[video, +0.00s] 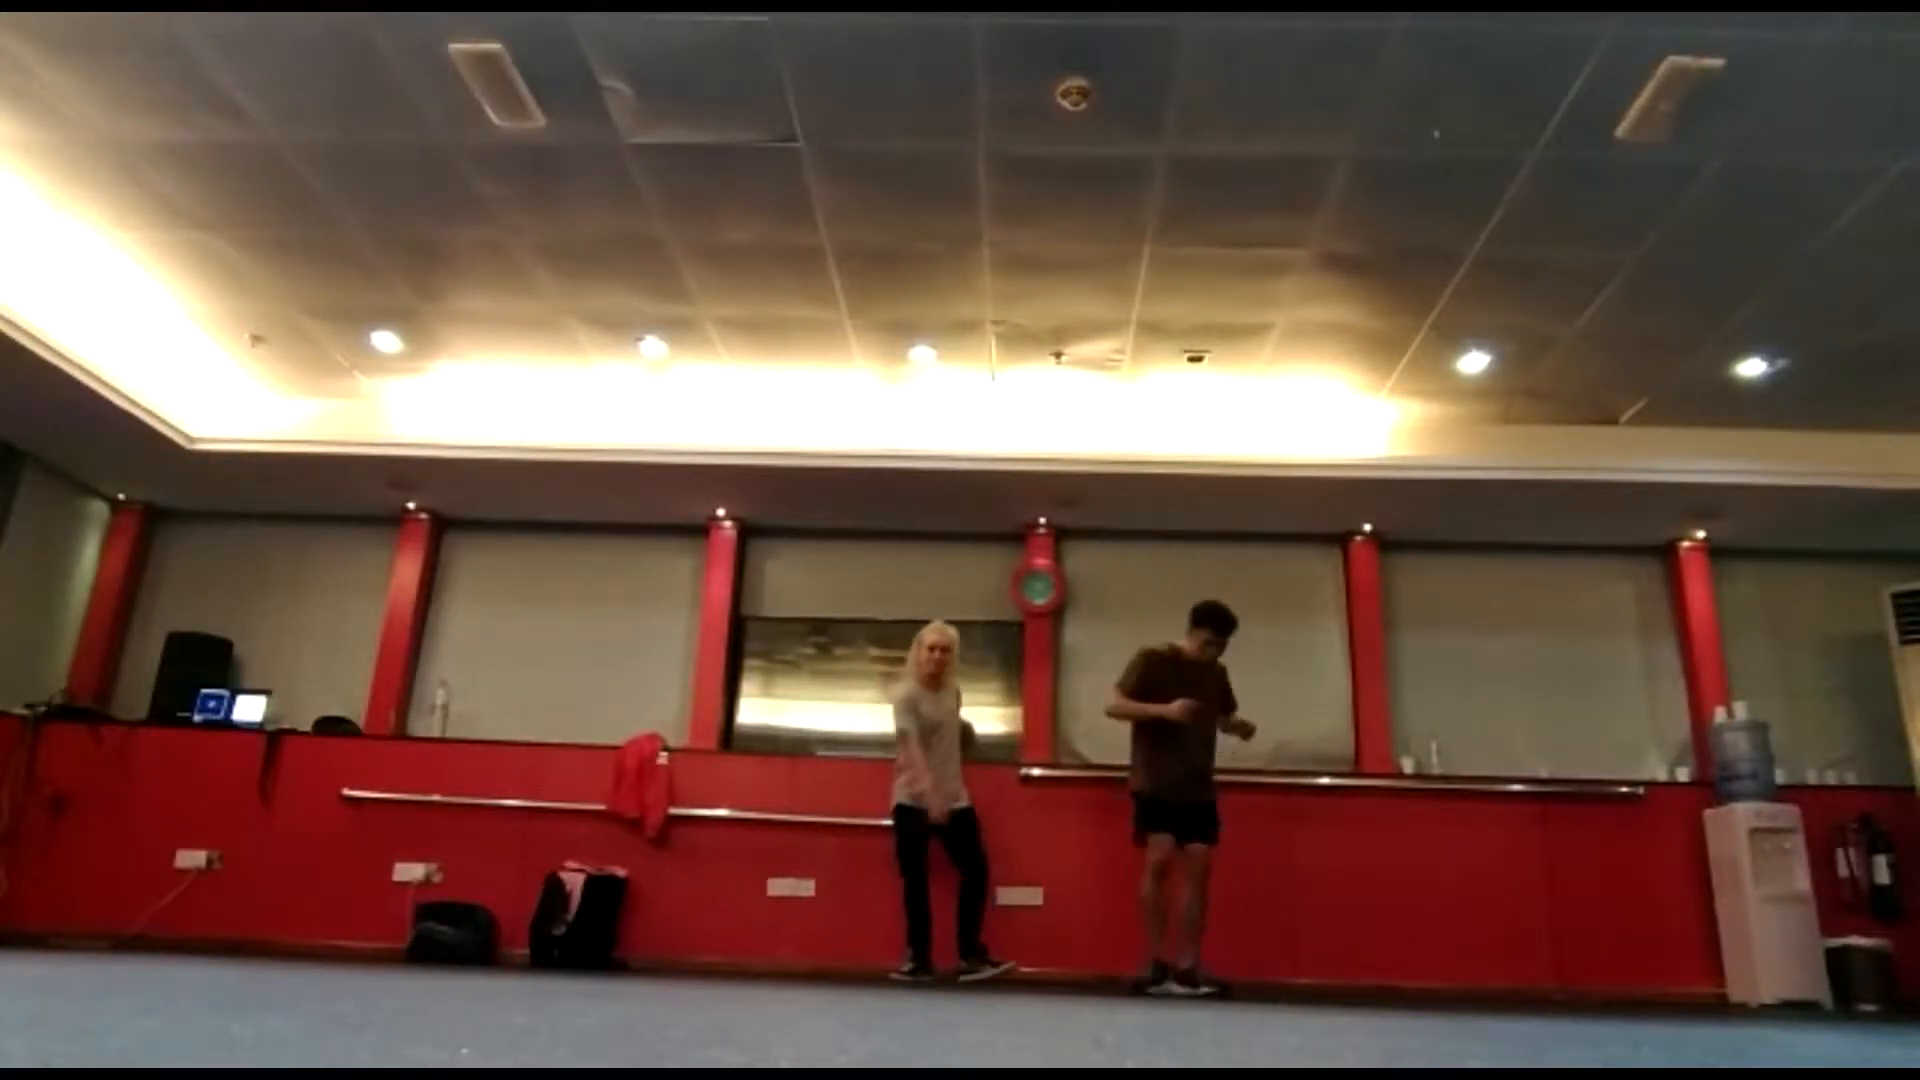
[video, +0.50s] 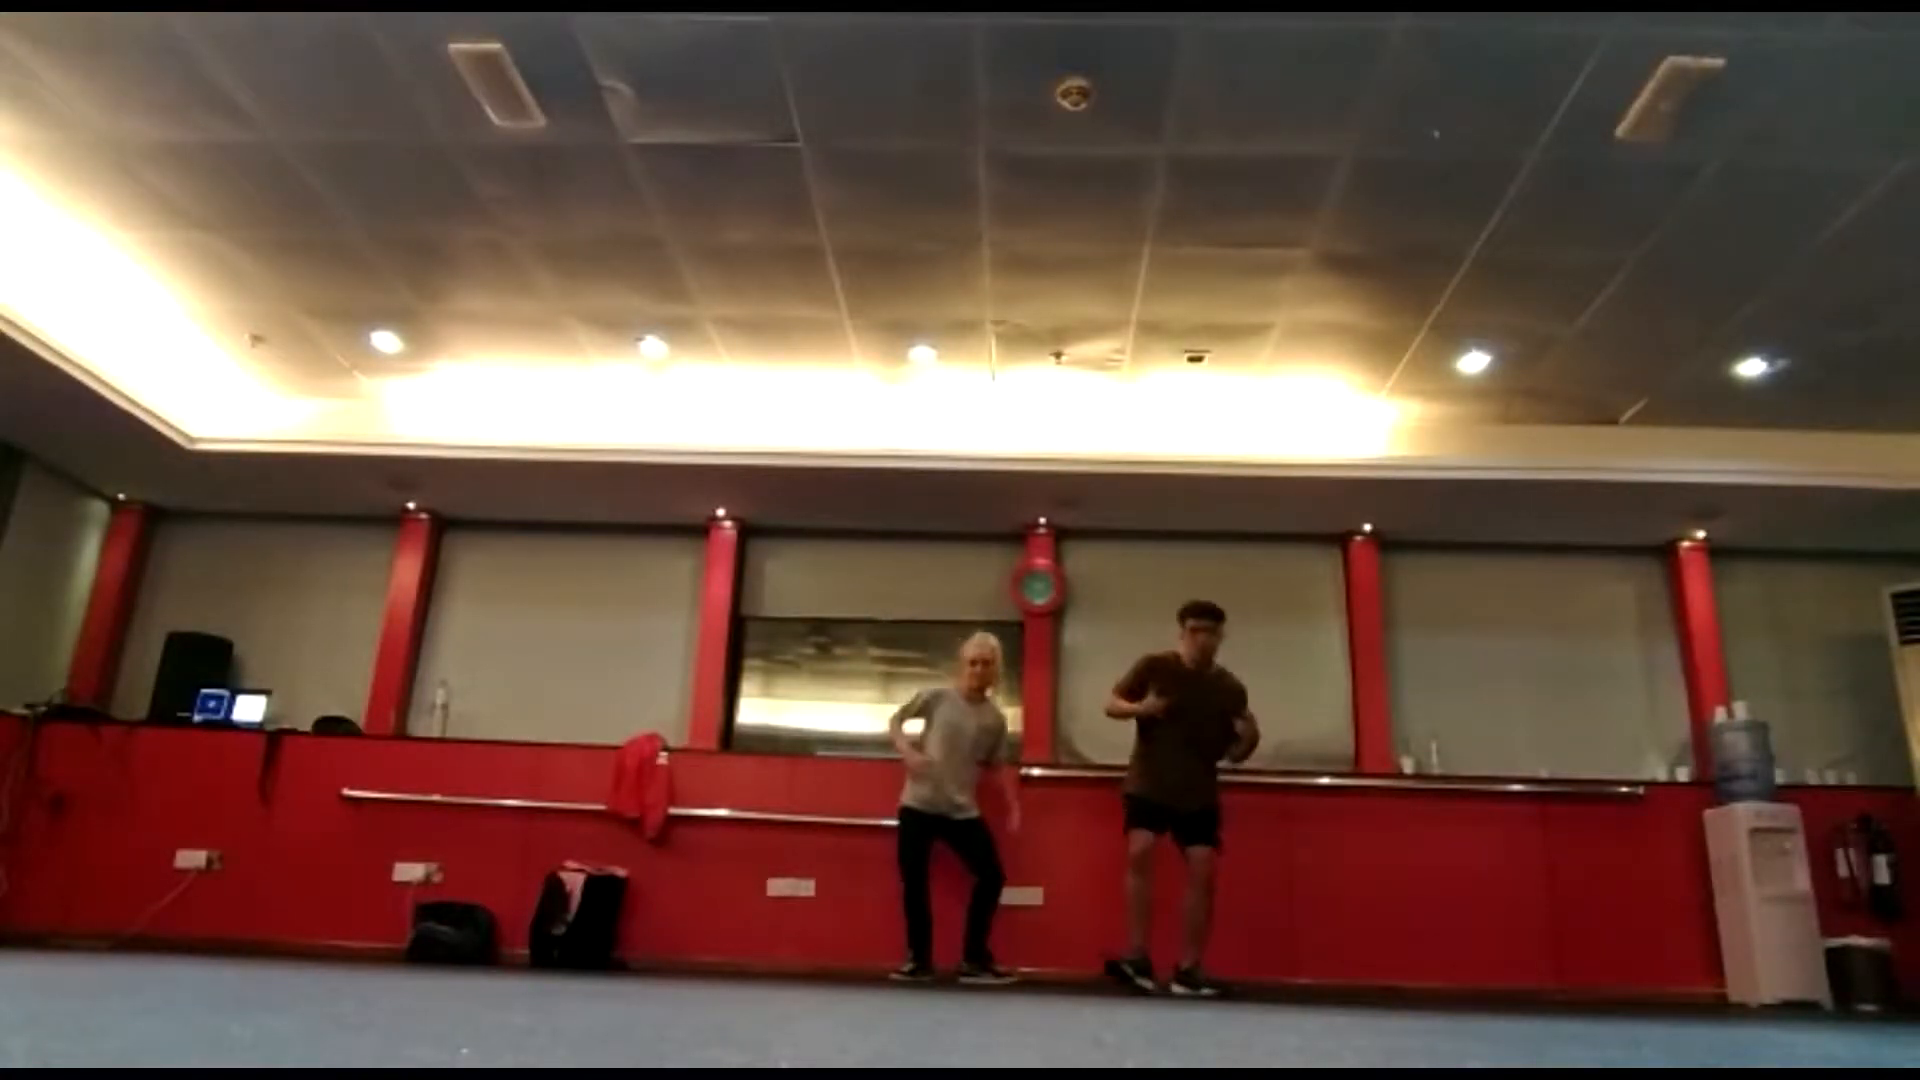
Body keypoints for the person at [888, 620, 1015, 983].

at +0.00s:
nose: (937, 656)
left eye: (944, 650)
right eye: (931, 649)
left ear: (953, 657)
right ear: (917, 652)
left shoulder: (952, 695)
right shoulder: (906, 696)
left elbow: (951, 745)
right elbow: (911, 751)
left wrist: (957, 789)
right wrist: (929, 794)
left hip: (954, 800)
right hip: (914, 801)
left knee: (975, 873)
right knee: (915, 883)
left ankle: (972, 955)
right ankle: (919, 958)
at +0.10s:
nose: (946, 657)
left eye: (954, 652)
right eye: (940, 650)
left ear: (962, 658)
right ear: (926, 651)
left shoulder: (958, 696)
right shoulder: (912, 693)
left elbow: (952, 744)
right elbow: (927, 742)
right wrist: (959, 780)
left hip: (952, 803)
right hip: (913, 803)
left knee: (976, 872)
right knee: (916, 884)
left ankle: (972, 957)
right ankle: (919, 959)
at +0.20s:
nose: (950, 667)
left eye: (958, 661)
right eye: (944, 659)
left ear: (966, 668)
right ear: (931, 660)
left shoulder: (961, 705)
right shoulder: (916, 697)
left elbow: (954, 750)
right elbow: (920, 743)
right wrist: (962, 767)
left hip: (952, 811)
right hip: (912, 809)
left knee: (986, 874)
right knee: (915, 887)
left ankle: (974, 957)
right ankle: (919, 959)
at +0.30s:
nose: (960, 680)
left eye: (968, 674)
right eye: (954, 672)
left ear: (975, 680)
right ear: (941, 673)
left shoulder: (972, 724)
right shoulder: (922, 709)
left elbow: (971, 776)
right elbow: (907, 753)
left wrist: (970, 819)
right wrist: (958, 765)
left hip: (954, 820)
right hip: (912, 817)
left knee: (995, 878)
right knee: (913, 891)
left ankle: (976, 959)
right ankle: (919, 960)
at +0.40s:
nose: (967, 679)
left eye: (975, 673)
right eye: (962, 671)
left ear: (985, 681)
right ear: (949, 672)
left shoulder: (980, 726)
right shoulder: (925, 708)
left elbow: (978, 776)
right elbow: (898, 745)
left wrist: (976, 818)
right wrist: (938, 763)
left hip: (956, 820)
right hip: (914, 816)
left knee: (996, 879)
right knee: (913, 889)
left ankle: (977, 959)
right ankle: (919, 960)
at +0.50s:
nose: (977, 670)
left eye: (985, 664)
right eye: (972, 662)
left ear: (995, 671)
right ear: (960, 665)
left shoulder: (995, 720)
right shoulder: (935, 700)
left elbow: (1001, 767)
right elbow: (896, 723)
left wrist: (1013, 807)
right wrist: (909, 754)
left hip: (962, 811)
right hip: (919, 806)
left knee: (990, 876)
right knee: (914, 886)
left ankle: (975, 959)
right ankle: (919, 959)